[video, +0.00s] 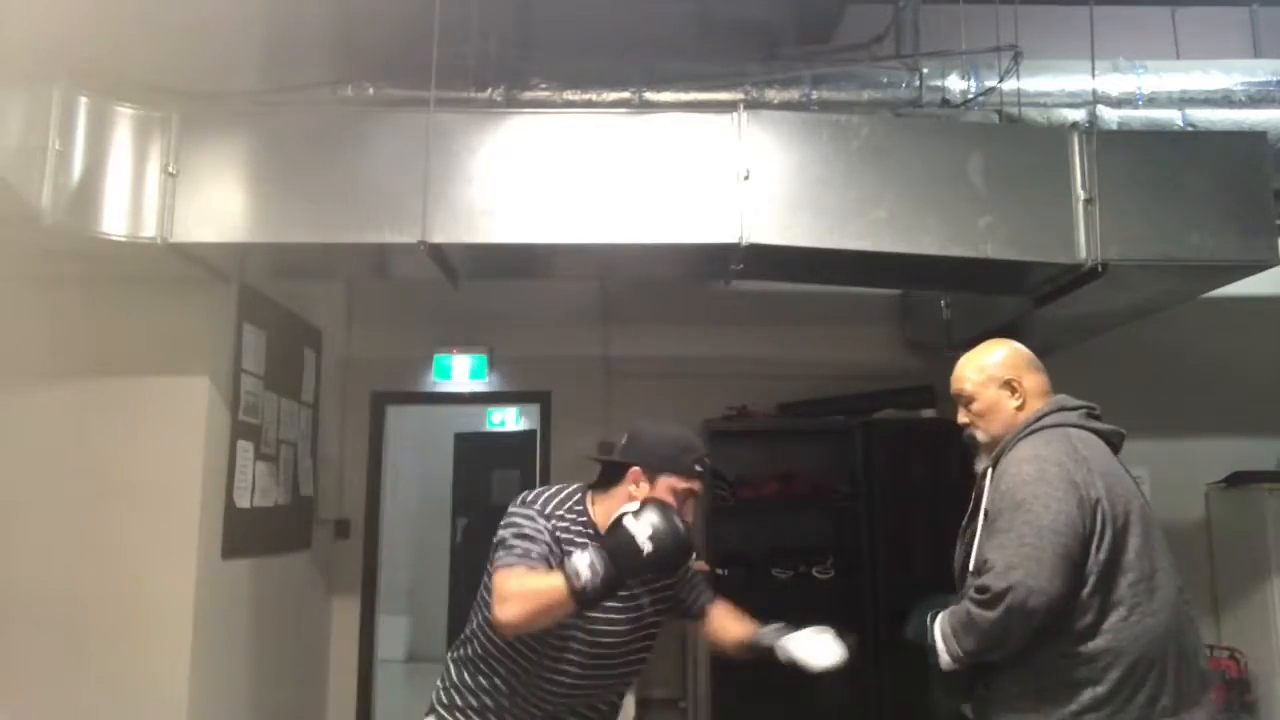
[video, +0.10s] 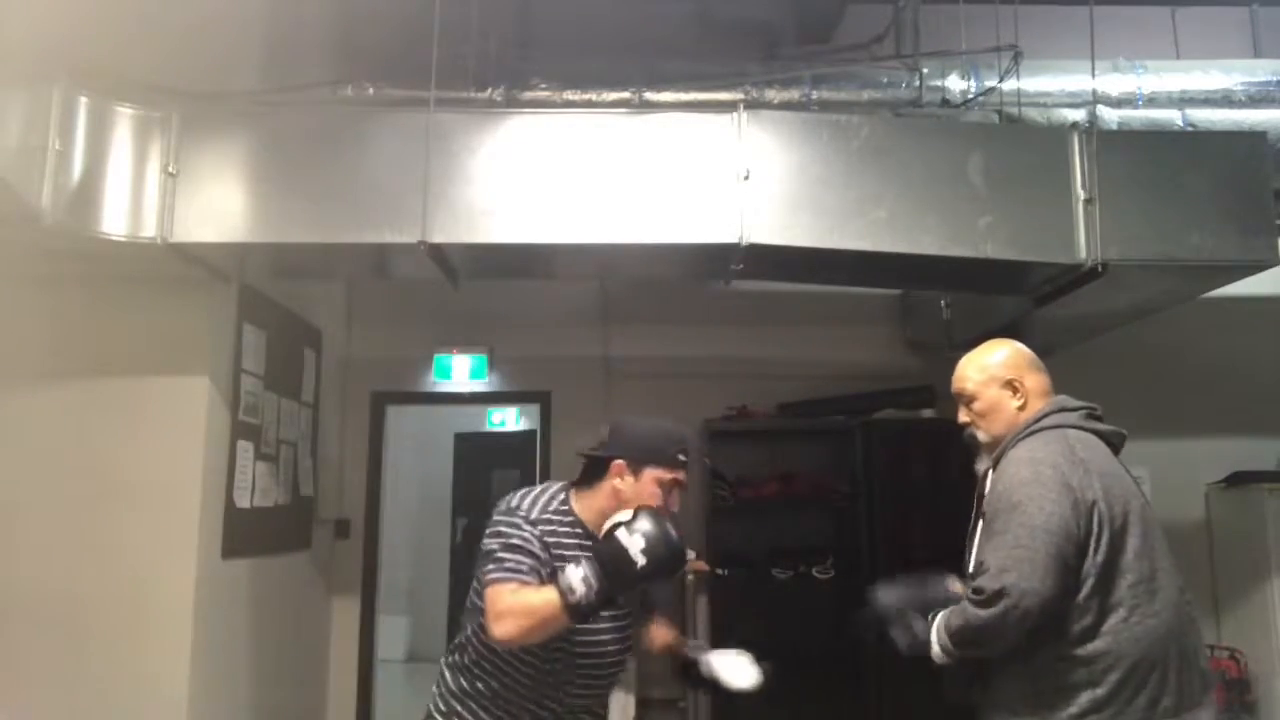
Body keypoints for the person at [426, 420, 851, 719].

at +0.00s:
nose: (688, 511)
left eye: (693, 499)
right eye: (682, 494)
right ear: (636, 480)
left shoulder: (667, 555)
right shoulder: (539, 511)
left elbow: (713, 616)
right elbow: (509, 612)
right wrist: (608, 562)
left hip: (585, 713)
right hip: (476, 710)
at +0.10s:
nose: (673, 506)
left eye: (677, 491)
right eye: (666, 487)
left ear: (621, 477)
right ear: (620, 474)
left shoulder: (632, 541)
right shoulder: (524, 515)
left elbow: (640, 624)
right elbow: (504, 623)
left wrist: (694, 657)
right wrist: (598, 576)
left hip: (580, 711)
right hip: (480, 710)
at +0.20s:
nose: (649, 491)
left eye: (653, 474)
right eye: (639, 471)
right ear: (593, 462)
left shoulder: (601, 531)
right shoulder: (498, 512)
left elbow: (602, 624)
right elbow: (490, 630)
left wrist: (643, 650)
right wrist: (590, 582)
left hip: (556, 710)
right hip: (465, 710)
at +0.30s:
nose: (624, 471)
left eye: (625, 457)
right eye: (615, 454)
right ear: (567, 447)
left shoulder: (578, 521)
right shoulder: (478, 505)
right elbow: (471, 629)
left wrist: (629, 618)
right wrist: (566, 585)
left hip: (521, 709)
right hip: (440, 710)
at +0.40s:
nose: (604, 462)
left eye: (605, 447)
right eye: (594, 444)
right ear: (547, 440)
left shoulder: (564, 514)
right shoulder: (458, 508)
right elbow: (457, 632)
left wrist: (619, 604)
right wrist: (551, 589)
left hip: (525, 709)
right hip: (435, 711)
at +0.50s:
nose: (592, 464)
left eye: (593, 449)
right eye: (582, 447)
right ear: (534, 444)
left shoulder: (557, 508)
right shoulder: (447, 509)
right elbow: (441, 641)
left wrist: (606, 609)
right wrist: (535, 601)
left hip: (529, 706)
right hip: (435, 709)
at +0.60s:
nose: (597, 488)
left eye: (598, 472)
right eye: (587, 472)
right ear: (540, 469)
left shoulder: (569, 529)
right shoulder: (449, 529)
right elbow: (412, 656)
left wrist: (599, 627)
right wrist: (510, 637)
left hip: (530, 707)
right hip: (435, 709)